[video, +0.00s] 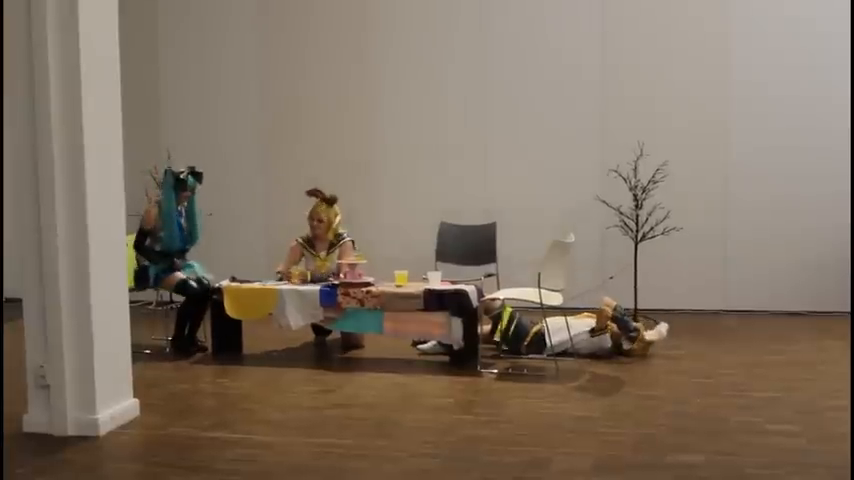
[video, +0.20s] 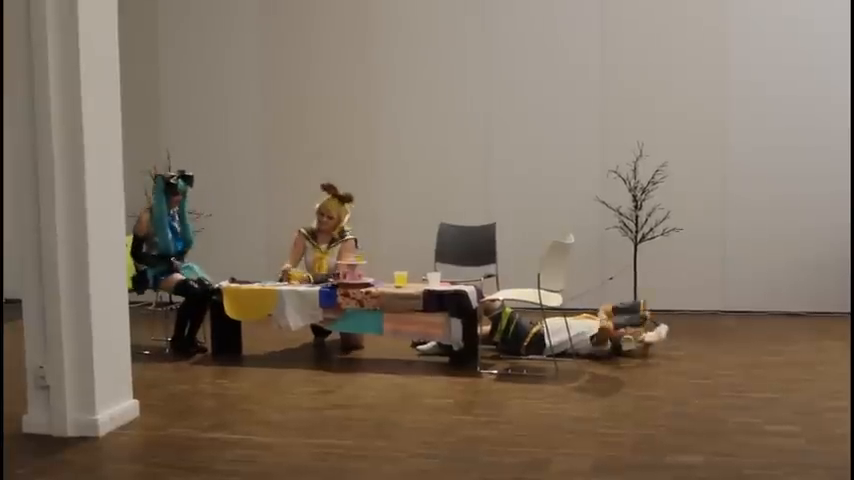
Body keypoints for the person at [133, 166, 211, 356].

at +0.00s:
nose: (188, 196)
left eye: (190, 192)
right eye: (184, 191)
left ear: (190, 193)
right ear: (174, 191)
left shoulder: (182, 212)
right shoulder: (155, 211)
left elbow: (185, 240)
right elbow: (139, 245)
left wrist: (180, 258)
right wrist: (165, 260)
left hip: (177, 265)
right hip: (157, 268)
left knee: (206, 289)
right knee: (194, 290)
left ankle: (190, 338)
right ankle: (179, 340)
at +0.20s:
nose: (177, 204)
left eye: (179, 201)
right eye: (174, 201)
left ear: (179, 199)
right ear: (164, 198)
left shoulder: (174, 216)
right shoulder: (148, 217)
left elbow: (183, 243)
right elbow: (136, 253)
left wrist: (178, 259)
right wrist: (163, 261)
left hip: (174, 268)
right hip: (155, 272)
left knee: (207, 290)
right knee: (193, 291)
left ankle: (190, 338)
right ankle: (178, 341)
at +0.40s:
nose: (172, 198)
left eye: (175, 194)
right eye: (168, 194)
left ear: (177, 196)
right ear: (158, 194)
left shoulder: (173, 216)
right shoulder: (145, 215)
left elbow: (189, 248)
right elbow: (137, 254)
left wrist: (186, 257)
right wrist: (169, 259)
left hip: (175, 268)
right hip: (154, 271)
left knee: (208, 289)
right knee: (195, 287)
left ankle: (191, 338)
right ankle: (180, 340)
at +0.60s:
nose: (171, 197)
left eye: (173, 193)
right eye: (167, 192)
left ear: (174, 194)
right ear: (158, 193)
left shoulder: (170, 213)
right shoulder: (144, 215)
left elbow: (179, 244)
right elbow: (136, 250)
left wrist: (205, 248)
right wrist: (166, 253)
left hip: (175, 265)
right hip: (156, 269)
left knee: (208, 287)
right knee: (198, 285)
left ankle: (193, 338)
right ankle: (190, 340)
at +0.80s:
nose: (171, 192)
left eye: (173, 187)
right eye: (167, 187)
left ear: (176, 189)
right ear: (157, 190)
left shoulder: (175, 212)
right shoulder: (144, 213)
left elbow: (185, 240)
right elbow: (153, 249)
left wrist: (201, 246)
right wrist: (185, 248)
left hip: (180, 263)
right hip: (158, 266)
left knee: (208, 283)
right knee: (198, 283)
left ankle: (200, 337)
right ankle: (192, 340)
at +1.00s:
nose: (176, 194)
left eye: (177, 190)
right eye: (171, 190)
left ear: (179, 192)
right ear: (161, 192)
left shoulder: (178, 214)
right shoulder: (147, 216)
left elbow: (187, 245)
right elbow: (161, 251)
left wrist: (197, 262)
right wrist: (191, 266)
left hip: (177, 266)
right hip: (157, 270)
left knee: (206, 284)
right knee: (198, 285)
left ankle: (199, 337)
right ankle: (192, 340)